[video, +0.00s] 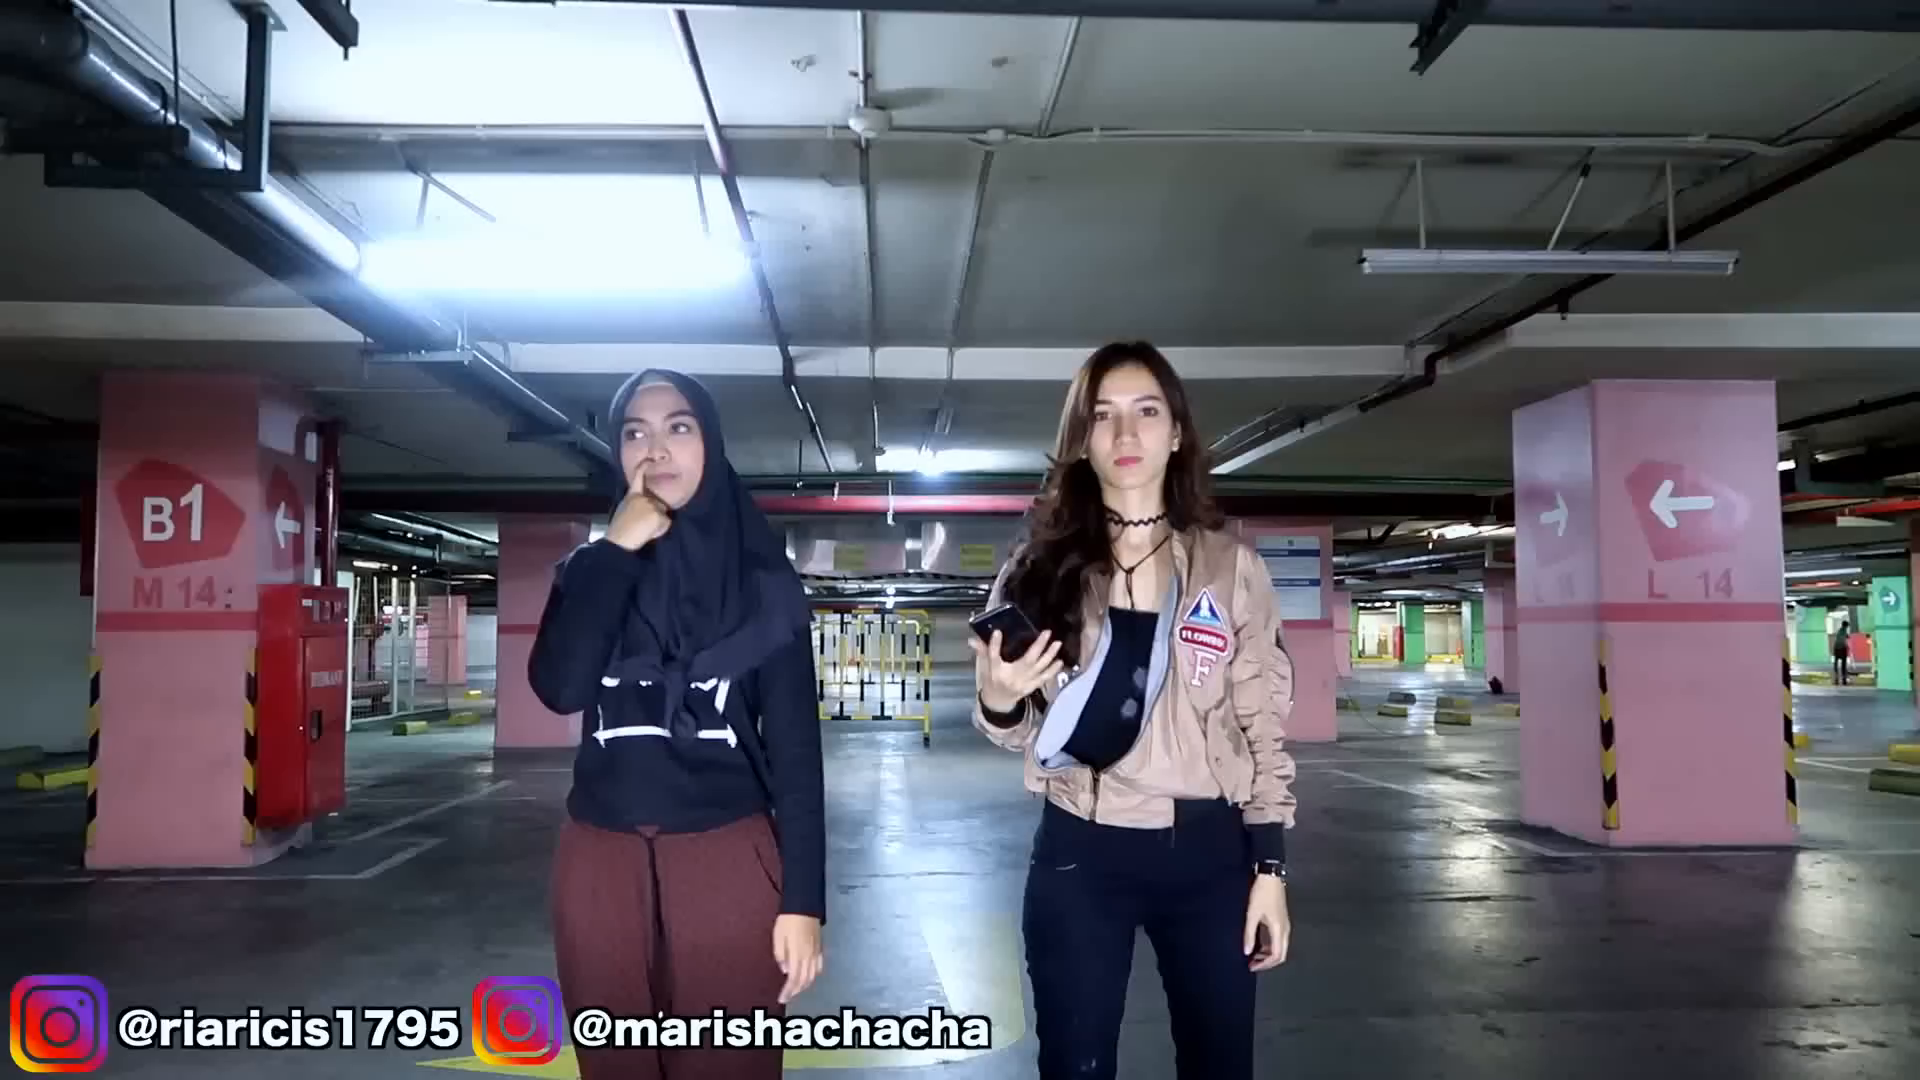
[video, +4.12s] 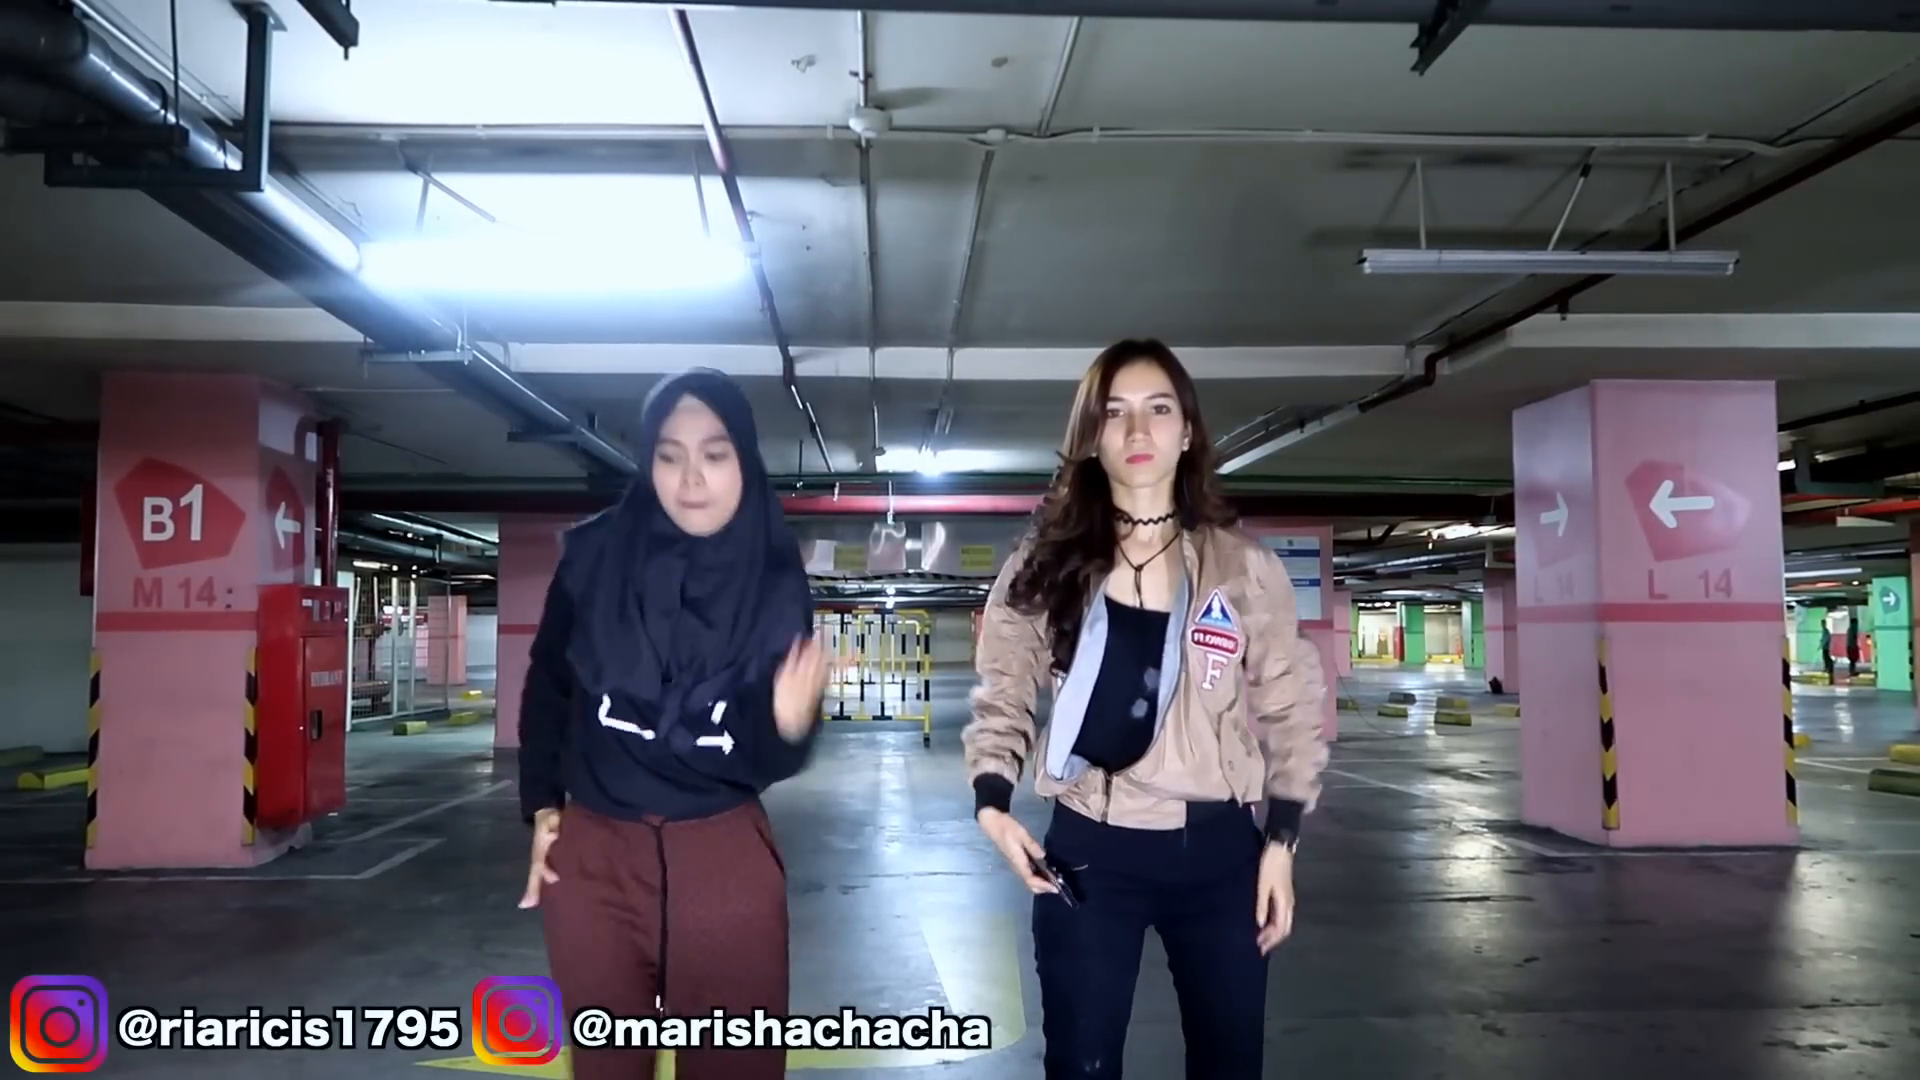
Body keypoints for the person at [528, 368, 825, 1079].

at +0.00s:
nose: (657, 448)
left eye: (679, 427)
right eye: (636, 431)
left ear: (710, 447)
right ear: (617, 454)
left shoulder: (760, 574)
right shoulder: (591, 568)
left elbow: (793, 745)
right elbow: (558, 687)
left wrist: (802, 901)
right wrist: (613, 550)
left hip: (726, 854)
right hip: (600, 855)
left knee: (730, 1063)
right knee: (611, 1064)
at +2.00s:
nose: (716, 450)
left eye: (737, 432)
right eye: (694, 430)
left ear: (758, 453)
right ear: (663, 448)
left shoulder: (782, 572)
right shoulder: (610, 556)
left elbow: (816, 746)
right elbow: (598, 674)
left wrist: (825, 901)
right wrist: (671, 548)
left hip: (752, 856)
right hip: (619, 855)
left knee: (750, 1065)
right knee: (626, 1064)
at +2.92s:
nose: (684, 444)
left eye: (708, 424)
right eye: (666, 427)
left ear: (744, 444)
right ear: (648, 451)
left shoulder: (785, 572)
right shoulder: (618, 558)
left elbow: (821, 752)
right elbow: (569, 717)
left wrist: (822, 904)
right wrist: (609, 591)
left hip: (746, 854)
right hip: (617, 852)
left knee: (747, 1065)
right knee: (622, 1064)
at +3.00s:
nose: (683, 441)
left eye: (707, 422)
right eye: (665, 425)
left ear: (744, 443)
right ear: (648, 449)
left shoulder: (785, 574)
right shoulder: (609, 568)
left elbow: (821, 751)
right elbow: (553, 727)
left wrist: (823, 904)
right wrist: (594, 643)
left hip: (747, 855)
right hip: (618, 853)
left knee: (747, 1064)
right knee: (622, 1064)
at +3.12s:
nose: (683, 441)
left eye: (708, 423)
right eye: (665, 425)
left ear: (743, 442)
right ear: (647, 448)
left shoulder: (785, 577)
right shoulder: (606, 571)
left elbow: (820, 752)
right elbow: (545, 703)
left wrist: (824, 903)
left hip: (748, 858)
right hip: (618, 855)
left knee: (749, 1064)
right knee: (624, 1064)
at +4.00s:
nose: (673, 449)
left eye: (696, 428)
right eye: (653, 429)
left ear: (727, 445)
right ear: (632, 448)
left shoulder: (765, 570)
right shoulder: (583, 561)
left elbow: (807, 743)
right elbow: (522, 686)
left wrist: (806, 886)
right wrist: (541, 803)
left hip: (731, 850)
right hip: (600, 854)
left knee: (733, 1063)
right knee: (613, 1062)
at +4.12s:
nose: (692, 479)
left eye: (714, 455)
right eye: (671, 456)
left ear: (747, 466)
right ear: (648, 465)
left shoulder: (773, 574)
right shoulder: (593, 552)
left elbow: (767, 763)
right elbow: (546, 687)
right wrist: (544, 809)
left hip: (725, 856)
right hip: (594, 854)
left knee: (736, 1066)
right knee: (606, 1066)